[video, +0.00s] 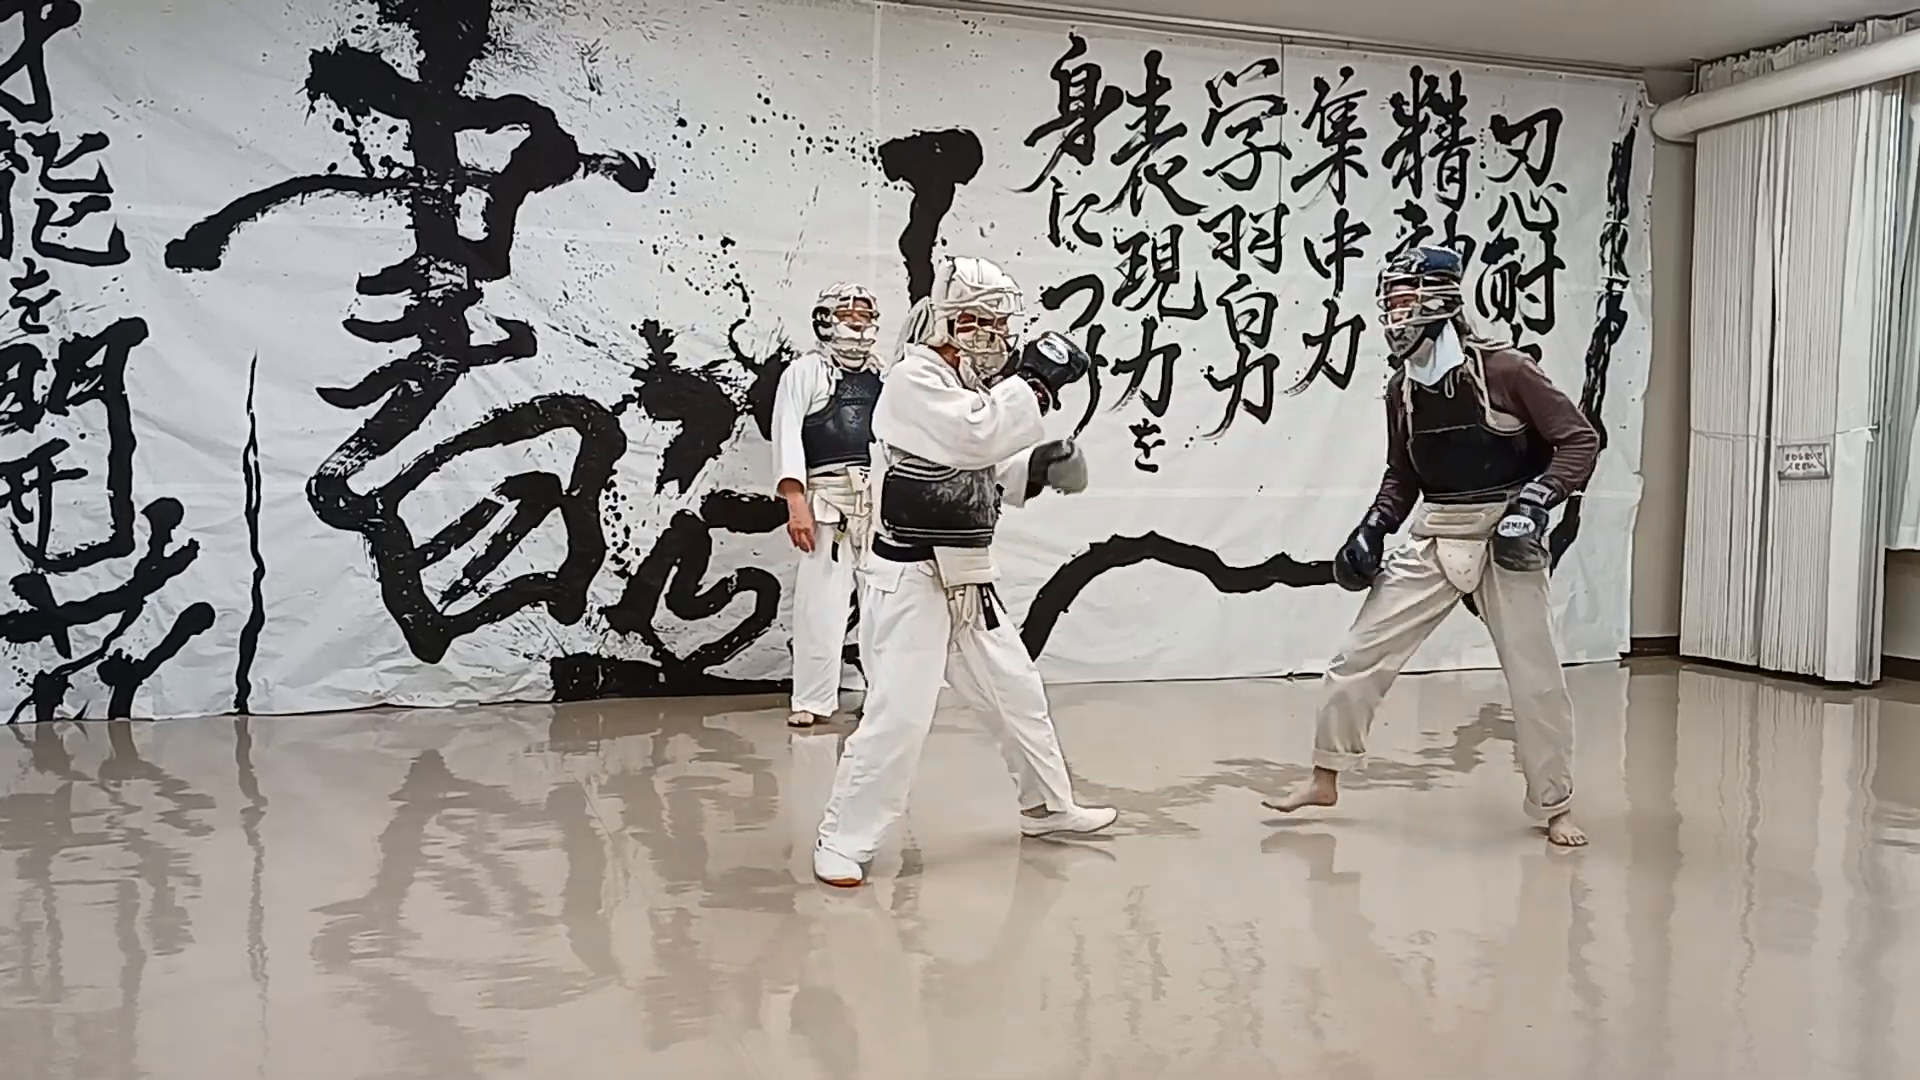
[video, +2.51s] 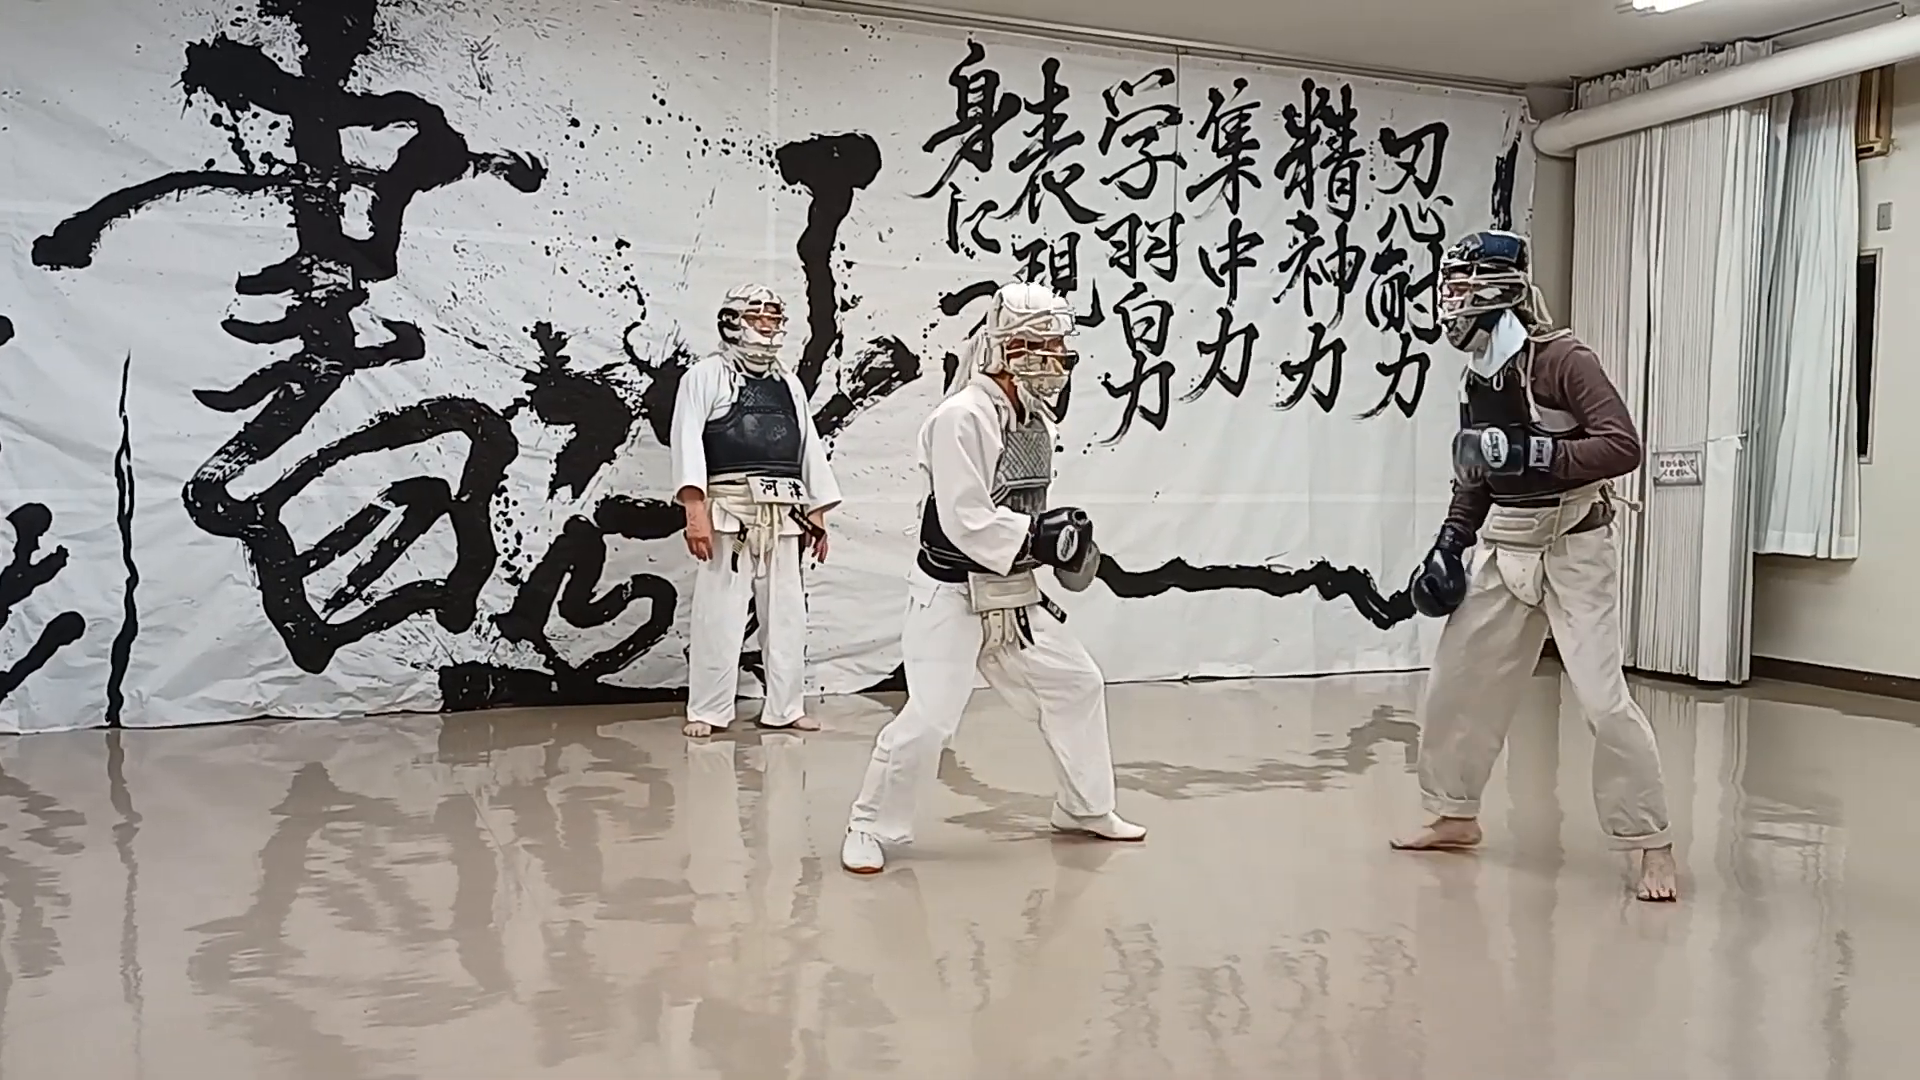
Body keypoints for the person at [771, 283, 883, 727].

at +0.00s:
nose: (855, 323)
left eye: (863, 316)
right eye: (845, 315)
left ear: (873, 324)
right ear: (825, 321)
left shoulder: (882, 375)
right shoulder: (804, 371)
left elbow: (898, 440)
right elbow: (786, 438)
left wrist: (903, 500)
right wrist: (797, 504)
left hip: (879, 501)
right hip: (824, 502)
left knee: (885, 602)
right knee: (819, 607)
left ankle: (886, 698)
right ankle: (811, 702)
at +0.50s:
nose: (863, 325)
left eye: (871, 318)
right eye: (854, 315)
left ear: (880, 326)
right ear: (832, 319)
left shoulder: (889, 378)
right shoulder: (809, 370)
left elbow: (910, 443)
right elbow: (790, 437)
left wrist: (917, 502)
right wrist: (799, 505)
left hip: (886, 505)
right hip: (827, 503)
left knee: (888, 608)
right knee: (821, 608)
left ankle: (886, 702)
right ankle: (814, 705)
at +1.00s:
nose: (868, 325)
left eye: (875, 319)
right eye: (858, 317)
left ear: (882, 326)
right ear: (836, 322)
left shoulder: (893, 381)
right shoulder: (810, 373)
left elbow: (912, 446)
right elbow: (789, 441)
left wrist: (920, 507)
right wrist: (794, 508)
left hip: (884, 509)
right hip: (825, 508)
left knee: (888, 612)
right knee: (820, 613)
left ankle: (886, 706)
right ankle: (811, 709)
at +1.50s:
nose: (855, 326)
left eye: (863, 320)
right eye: (846, 317)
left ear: (871, 326)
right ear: (823, 320)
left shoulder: (878, 380)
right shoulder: (794, 371)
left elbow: (896, 446)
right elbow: (774, 439)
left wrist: (903, 508)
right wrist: (780, 505)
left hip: (868, 509)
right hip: (809, 507)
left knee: (869, 612)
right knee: (802, 612)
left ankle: (866, 706)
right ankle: (792, 709)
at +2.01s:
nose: (806, 325)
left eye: (813, 318)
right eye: (796, 316)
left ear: (819, 326)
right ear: (772, 320)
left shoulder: (827, 381)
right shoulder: (743, 373)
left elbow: (846, 447)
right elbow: (724, 443)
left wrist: (853, 509)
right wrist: (731, 510)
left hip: (819, 510)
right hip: (760, 509)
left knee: (821, 614)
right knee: (753, 614)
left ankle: (819, 707)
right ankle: (743, 711)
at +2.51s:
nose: (768, 325)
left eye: (774, 319)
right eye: (757, 317)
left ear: (781, 326)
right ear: (733, 321)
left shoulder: (789, 382)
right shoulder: (705, 375)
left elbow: (809, 449)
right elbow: (687, 444)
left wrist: (817, 514)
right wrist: (695, 510)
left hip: (784, 512)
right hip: (724, 510)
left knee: (787, 615)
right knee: (718, 615)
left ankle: (784, 709)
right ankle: (707, 713)